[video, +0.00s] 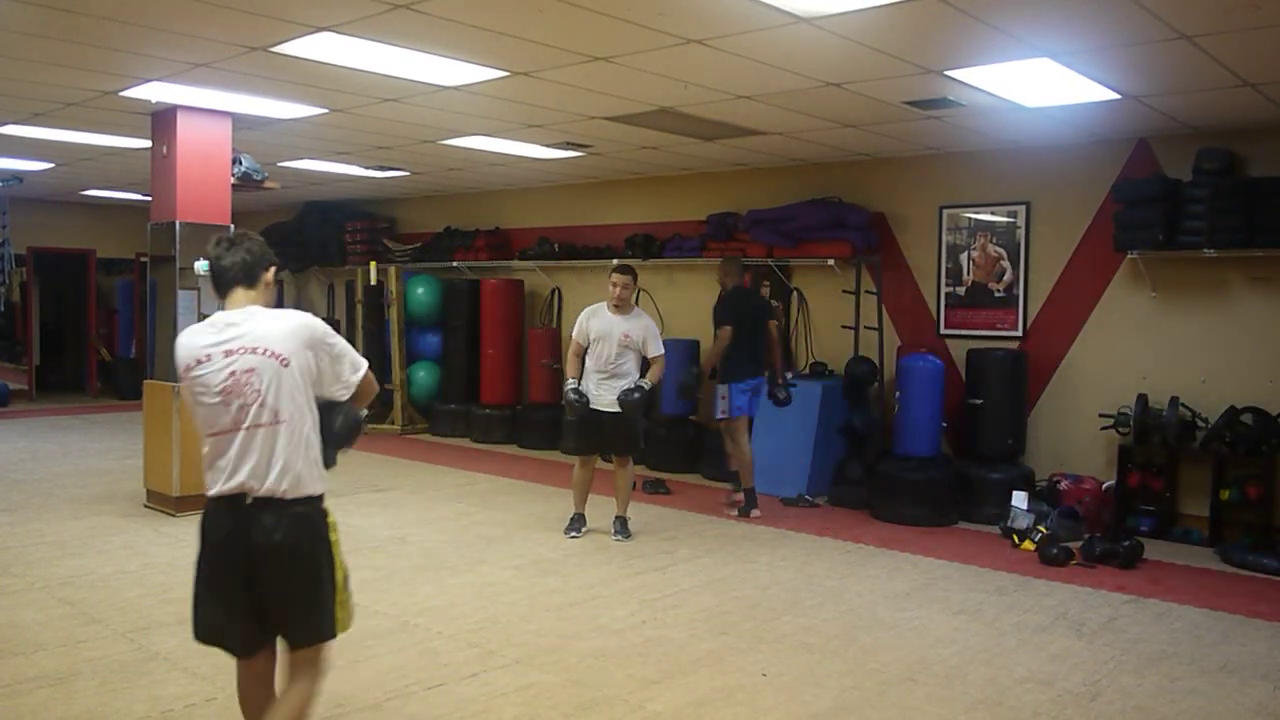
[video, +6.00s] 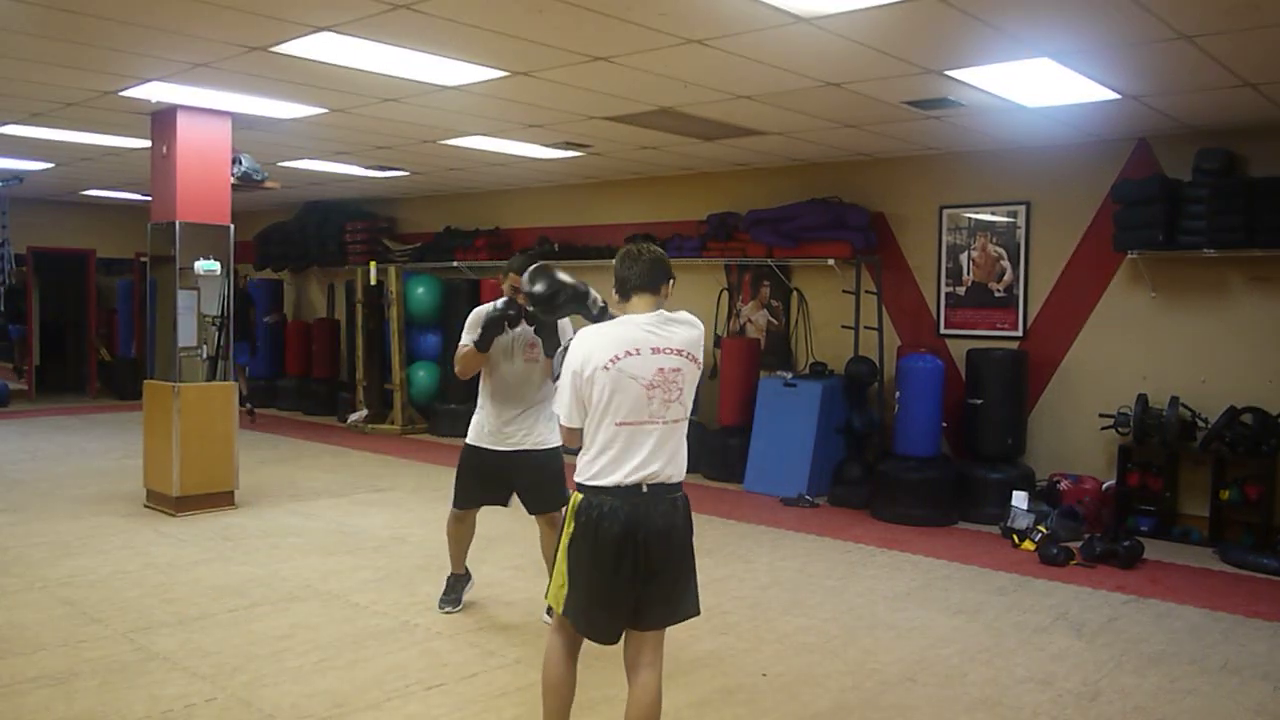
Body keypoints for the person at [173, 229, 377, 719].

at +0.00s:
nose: (277, 282)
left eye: (276, 276)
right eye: (275, 275)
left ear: (216, 282)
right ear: (268, 276)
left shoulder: (188, 344)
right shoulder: (302, 329)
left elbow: (207, 416)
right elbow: (365, 388)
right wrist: (328, 427)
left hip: (224, 522)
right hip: (295, 521)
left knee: (252, 660)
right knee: (305, 663)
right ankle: (280, 714)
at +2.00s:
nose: (257, 290)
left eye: (260, 277)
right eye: (258, 276)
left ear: (180, 269)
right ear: (244, 273)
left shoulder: (123, 355)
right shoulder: (264, 358)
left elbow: (130, 461)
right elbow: (297, 480)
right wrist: (292, 381)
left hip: (142, 600)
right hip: (232, 609)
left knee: (143, 713)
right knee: (236, 712)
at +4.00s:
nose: (571, 302)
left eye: (570, 294)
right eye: (569, 295)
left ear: (579, 293)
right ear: (627, 288)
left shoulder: (566, 340)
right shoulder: (667, 337)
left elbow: (545, 407)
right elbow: (697, 398)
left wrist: (597, 398)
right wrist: (647, 383)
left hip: (580, 503)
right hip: (646, 503)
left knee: (542, 623)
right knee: (655, 628)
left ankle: (510, 716)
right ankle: (663, 718)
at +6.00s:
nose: (672, 292)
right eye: (672, 286)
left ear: (615, 289)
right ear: (667, 289)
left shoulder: (586, 343)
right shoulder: (693, 331)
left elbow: (571, 435)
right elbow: (645, 332)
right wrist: (595, 308)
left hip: (597, 512)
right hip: (666, 511)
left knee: (563, 636)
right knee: (646, 655)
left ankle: (554, 716)